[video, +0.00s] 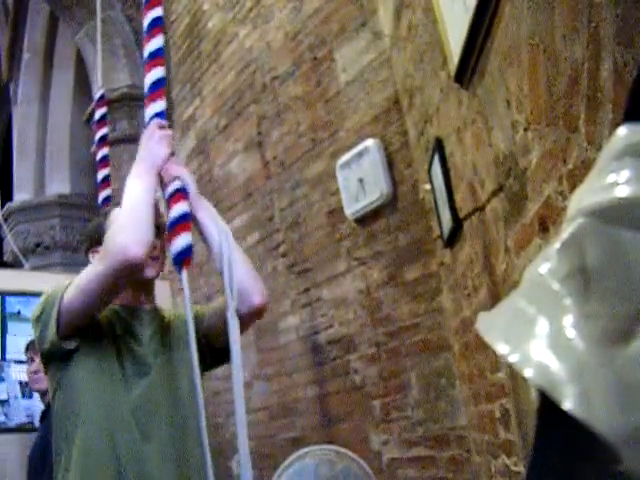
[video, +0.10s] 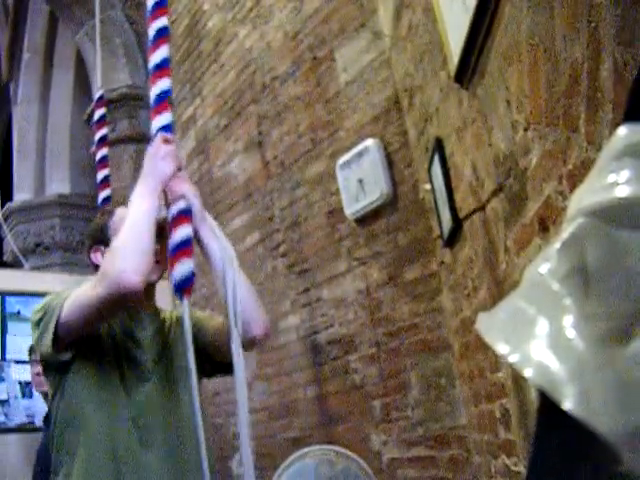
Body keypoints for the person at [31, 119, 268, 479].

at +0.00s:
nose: (153, 243)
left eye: (159, 232)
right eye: (141, 232)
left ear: (167, 243)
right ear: (96, 254)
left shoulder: (179, 332)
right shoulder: (63, 324)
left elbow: (251, 301)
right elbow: (127, 253)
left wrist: (195, 202)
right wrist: (144, 166)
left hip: (182, 471)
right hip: (93, 471)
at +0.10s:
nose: (153, 246)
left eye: (159, 235)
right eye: (136, 233)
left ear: (168, 249)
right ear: (97, 255)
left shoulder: (177, 326)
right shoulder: (58, 318)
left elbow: (252, 328)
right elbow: (127, 280)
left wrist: (200, 220)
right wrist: (149, 183)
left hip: (178, 471)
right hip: (90, 471)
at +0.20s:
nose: (152, 242)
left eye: (158, 235)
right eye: (135, 233)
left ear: (169, 251)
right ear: (104, 258)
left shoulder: (178, 334)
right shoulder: (53, 322)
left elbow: (252, 362)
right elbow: (119, 315)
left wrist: (204, 241)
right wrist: (157, 207)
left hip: (176, 472)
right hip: (85, 472)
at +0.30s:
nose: (160, 251)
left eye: (165, 241)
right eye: (143, 240)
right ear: (108, 259)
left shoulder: (180, 332)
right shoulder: (56, 321)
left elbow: (243, 402)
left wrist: (212, 280)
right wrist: (165, 243)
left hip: (175, 473)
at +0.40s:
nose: (163, 261)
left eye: (170, 248)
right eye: (148, 246)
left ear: (179, 256)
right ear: (111, 261)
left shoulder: (185, 332)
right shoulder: (60, 326)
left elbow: (237, 441)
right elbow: (86, 412)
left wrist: (217, 346)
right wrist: (170, 303)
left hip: (175, 473)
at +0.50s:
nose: (167, 267)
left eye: (175, 253)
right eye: (149, 252)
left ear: (184, 262)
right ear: (113, 266)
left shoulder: (190, 340)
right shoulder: (61, 337)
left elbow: (239, 467)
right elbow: (65, 452)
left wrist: (221, 423)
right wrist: (180, 375)